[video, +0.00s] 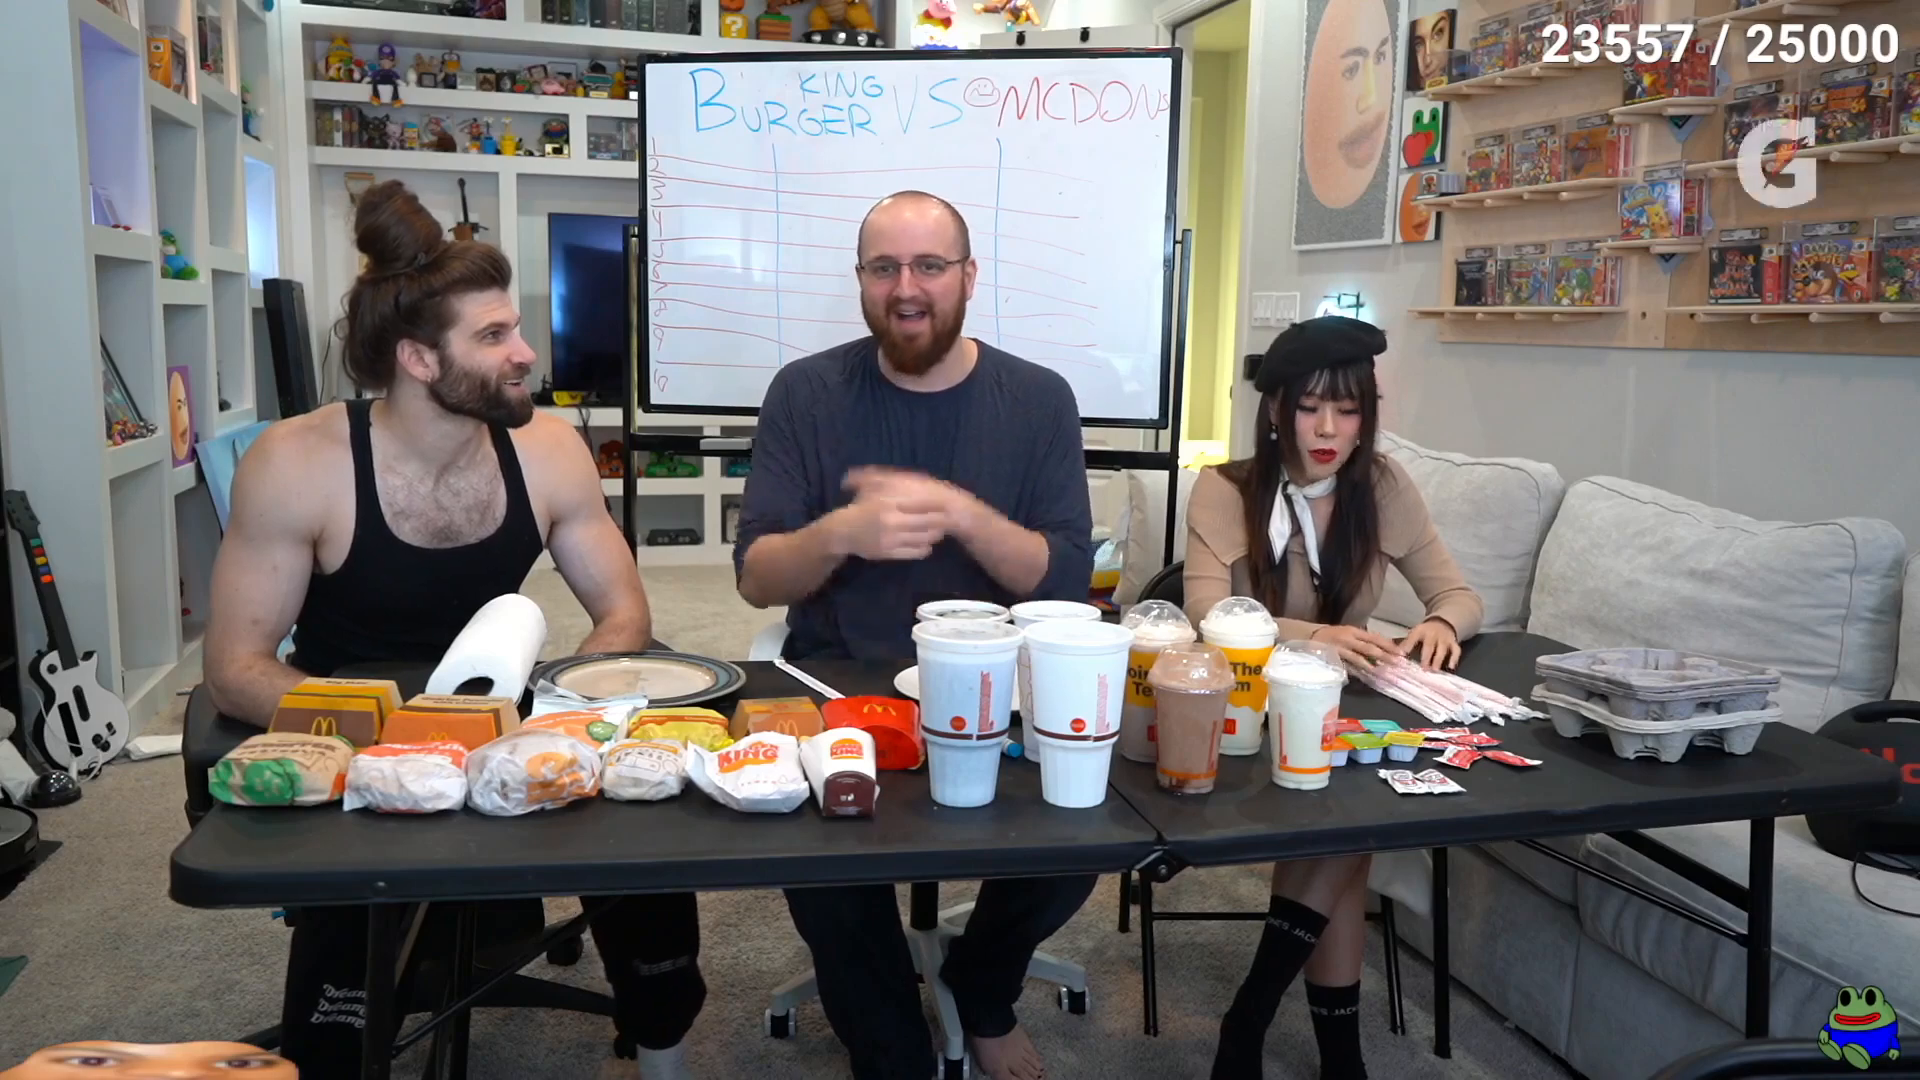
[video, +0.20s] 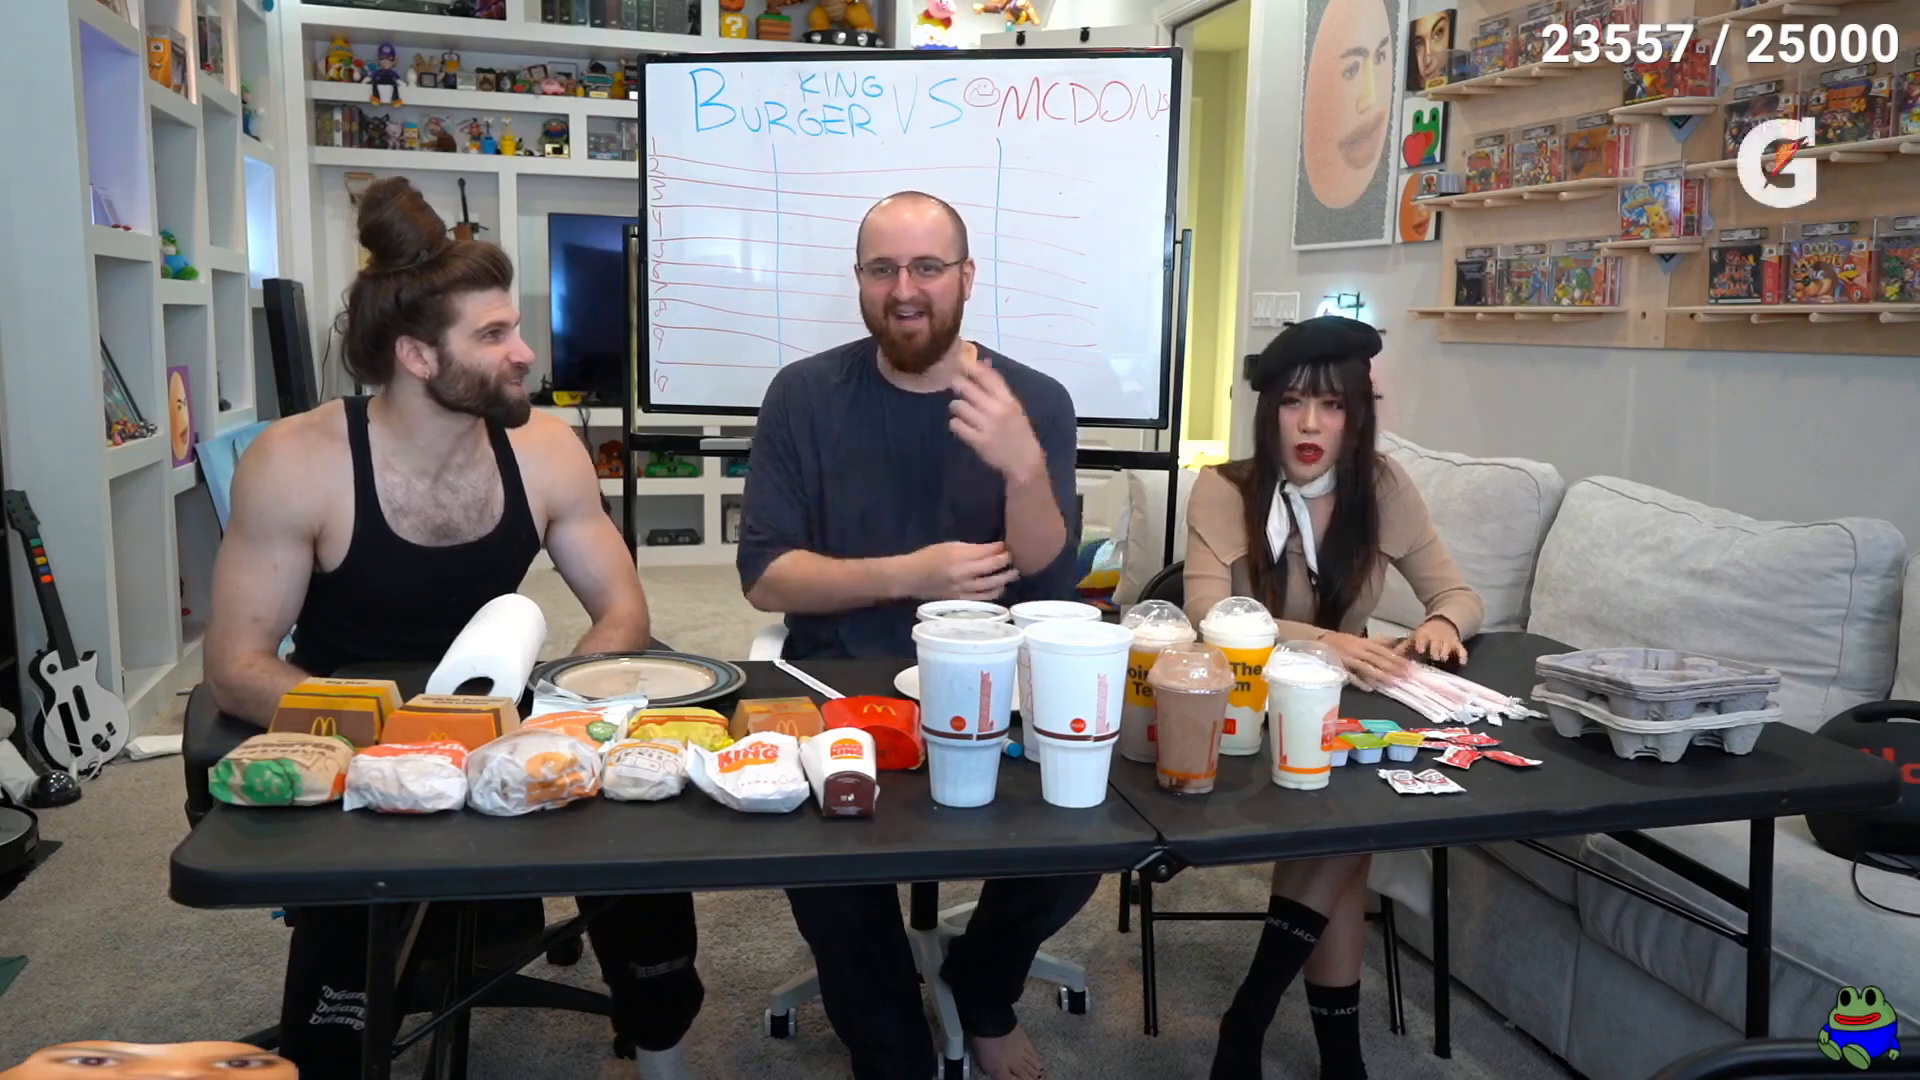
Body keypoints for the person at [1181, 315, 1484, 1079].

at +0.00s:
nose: (1328, 428)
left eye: (1347, 410)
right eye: (1310, 409)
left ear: (1367, 415)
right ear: (1277, 411)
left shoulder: (1384, 486)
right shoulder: (1224, 492)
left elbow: (1459, 594)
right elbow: (1210, 620)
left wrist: (1443, 620)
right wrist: (1314, 635)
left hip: (1340, 707)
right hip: (1243, 711)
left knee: (1343, 816)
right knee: (1350, 830)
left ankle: (1246, 1023)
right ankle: (1343, 1063)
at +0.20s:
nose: (1310, 423)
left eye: (1330, 406)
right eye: (1293, 402)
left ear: (1359, 416)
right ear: (1267, 410)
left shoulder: (1383, 486)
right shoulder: (1223, 492)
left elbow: (1458, 594)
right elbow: (1211, 620)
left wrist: (1443, 620)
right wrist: (1321, 639)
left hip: (1336, 704)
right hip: (1238, 709)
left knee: (1345, 816)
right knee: (1350, 830)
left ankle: (1245, 1024)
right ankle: (1343, 1064)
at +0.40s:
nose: (1296, 420)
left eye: (1318, 402)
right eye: (1281, 400)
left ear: (1349, 413)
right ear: (1258, 407)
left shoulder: (1380, 484)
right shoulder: (1220, 492)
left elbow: (1455, 594)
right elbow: (1210, 619)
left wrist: (1447, 625)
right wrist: (1316, 637)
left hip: (1336, 706)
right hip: (1238, 711)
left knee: (1344, 816)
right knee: (1349, 830)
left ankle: (1244, 1023)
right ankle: (1343, 1064)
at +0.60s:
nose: (1286, 419)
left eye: (1308, 401)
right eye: (1271, 399)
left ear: (1343, 412)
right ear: (1252, 407)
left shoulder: (1376, 482)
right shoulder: (1219, 491)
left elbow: (1454, 593)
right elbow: (1211, 622)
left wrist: (1449, 624)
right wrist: (1319, 636)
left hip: (1339, 705)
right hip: (1242, 710)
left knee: (1343, 817)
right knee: (1349, 831)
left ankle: (1244, 1023)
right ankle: (1343, 1063)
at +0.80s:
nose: (1283, 419)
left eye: (1305, 401)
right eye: (1268, 400)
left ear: (1341, 410)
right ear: (1250, 408)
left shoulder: (1375, 481)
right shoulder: (1220, 491)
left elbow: (1456, 594)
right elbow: (1211, 622)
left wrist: (1446, 621)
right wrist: (1323, 638)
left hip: (1337, 705)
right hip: (1240, 709)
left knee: (1343, 818)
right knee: (1349, 831)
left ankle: (1242, 1024)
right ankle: (1342, 1064)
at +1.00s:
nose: (1286, 419)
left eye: (1308, 401)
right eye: (1271, 400)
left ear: (1342, 411)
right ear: (1251, 407)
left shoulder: (1375, 481)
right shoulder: (1220, 491)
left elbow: (1451, 594)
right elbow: (1210, 623)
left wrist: (1452, 621)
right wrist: (1312, 635)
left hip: (1339, 705)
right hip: (1241, 710)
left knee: (1341, 821)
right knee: (1350, 833)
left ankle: (1243, 1025)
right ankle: (1342, 1064)